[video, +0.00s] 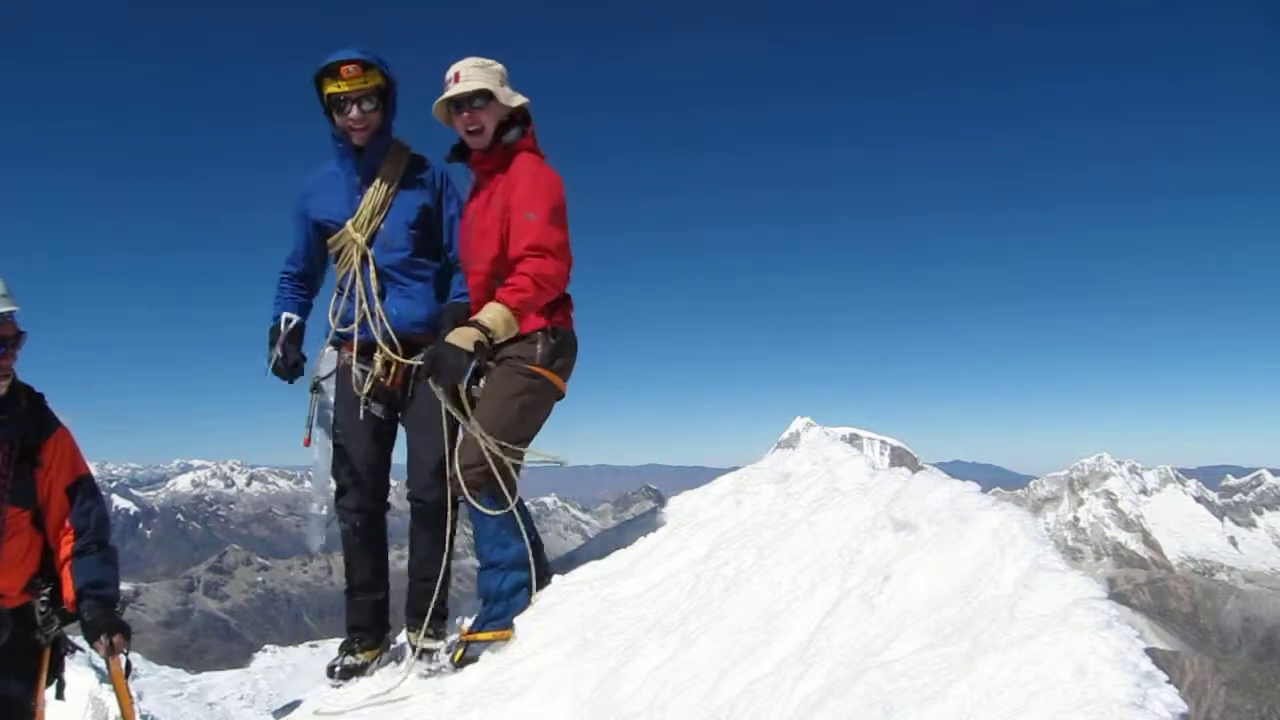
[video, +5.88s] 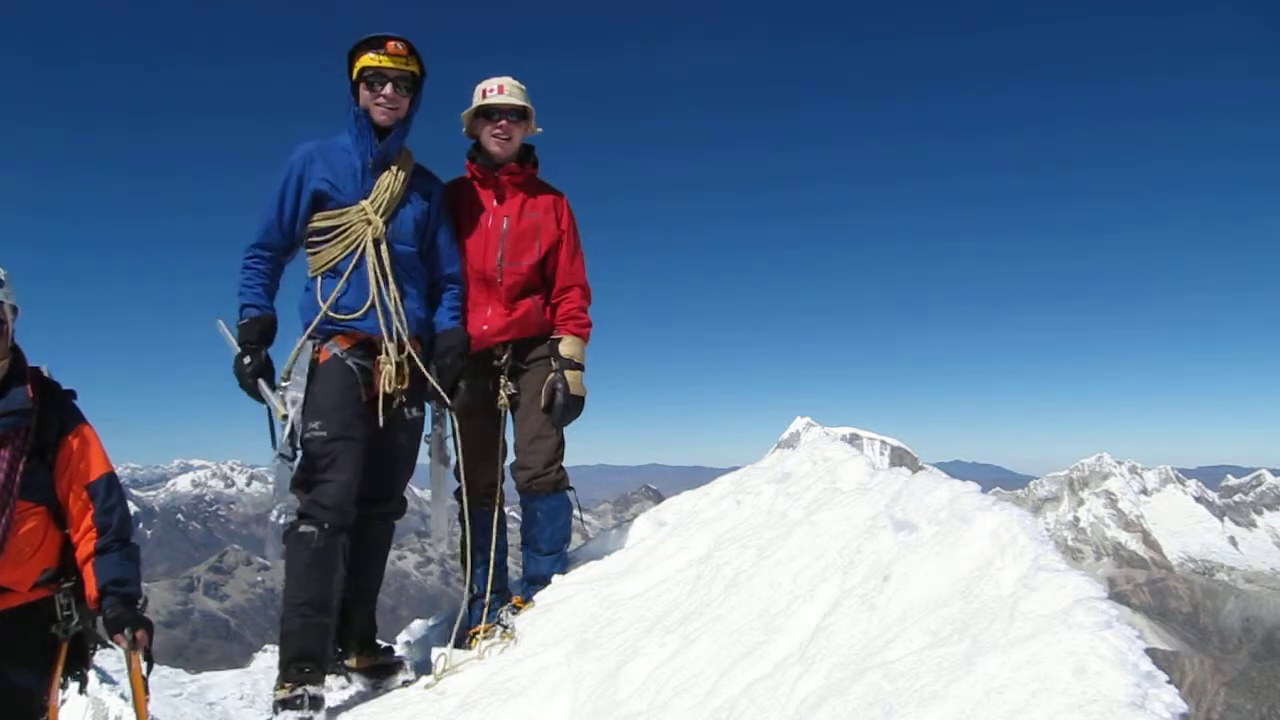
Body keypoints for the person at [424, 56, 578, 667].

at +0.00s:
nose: (471, 116)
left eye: (481, 102)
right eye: (459, 107)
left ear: (507, 106)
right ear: (451, 119)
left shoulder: (531, 174)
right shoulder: (472, 185)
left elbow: (544, 268)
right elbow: (458, 269)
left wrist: (483, 327)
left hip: (535, 337)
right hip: (493, 339)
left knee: (480, 462)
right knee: (473, 461)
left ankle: (505, 604)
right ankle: (529, 578)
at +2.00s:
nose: (475, 120)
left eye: (484, 108)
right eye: (463, 112)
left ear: (504, 114)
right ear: (450, 123)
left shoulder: (539, 186)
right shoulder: (441, 195)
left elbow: (575, 262)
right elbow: (432, 279)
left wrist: (558, 289)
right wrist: (426, 342)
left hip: (531, 336)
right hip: (467, 345)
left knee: (527, 449)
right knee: (473, 471)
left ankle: (544, 569)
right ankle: (492, 608)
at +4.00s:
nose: (496, 124)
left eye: (506, 115)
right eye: (485, 115)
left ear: (522, 124)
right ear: (470, 127)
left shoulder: (552, 198)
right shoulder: (454, 198)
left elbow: (571, 282)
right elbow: (440, 272)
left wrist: (562, 353)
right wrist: (452, 341)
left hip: (536, 348)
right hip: (473, 347)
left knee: (543, 463)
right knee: (477, 472)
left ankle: (546, 585)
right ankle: (484, 600)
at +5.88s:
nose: (502, 126)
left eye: (513, 117)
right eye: (491, 117)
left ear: (528, 128)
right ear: (474, 127)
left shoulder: (551, 205)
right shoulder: (450, 201)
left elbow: (571, 290)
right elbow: (432, 277)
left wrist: (572, 361)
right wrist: (438, 348)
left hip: (535, 350)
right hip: (469, 352)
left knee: (539, 467)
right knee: (477, 477)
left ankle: (542, 586)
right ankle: (485, 600)